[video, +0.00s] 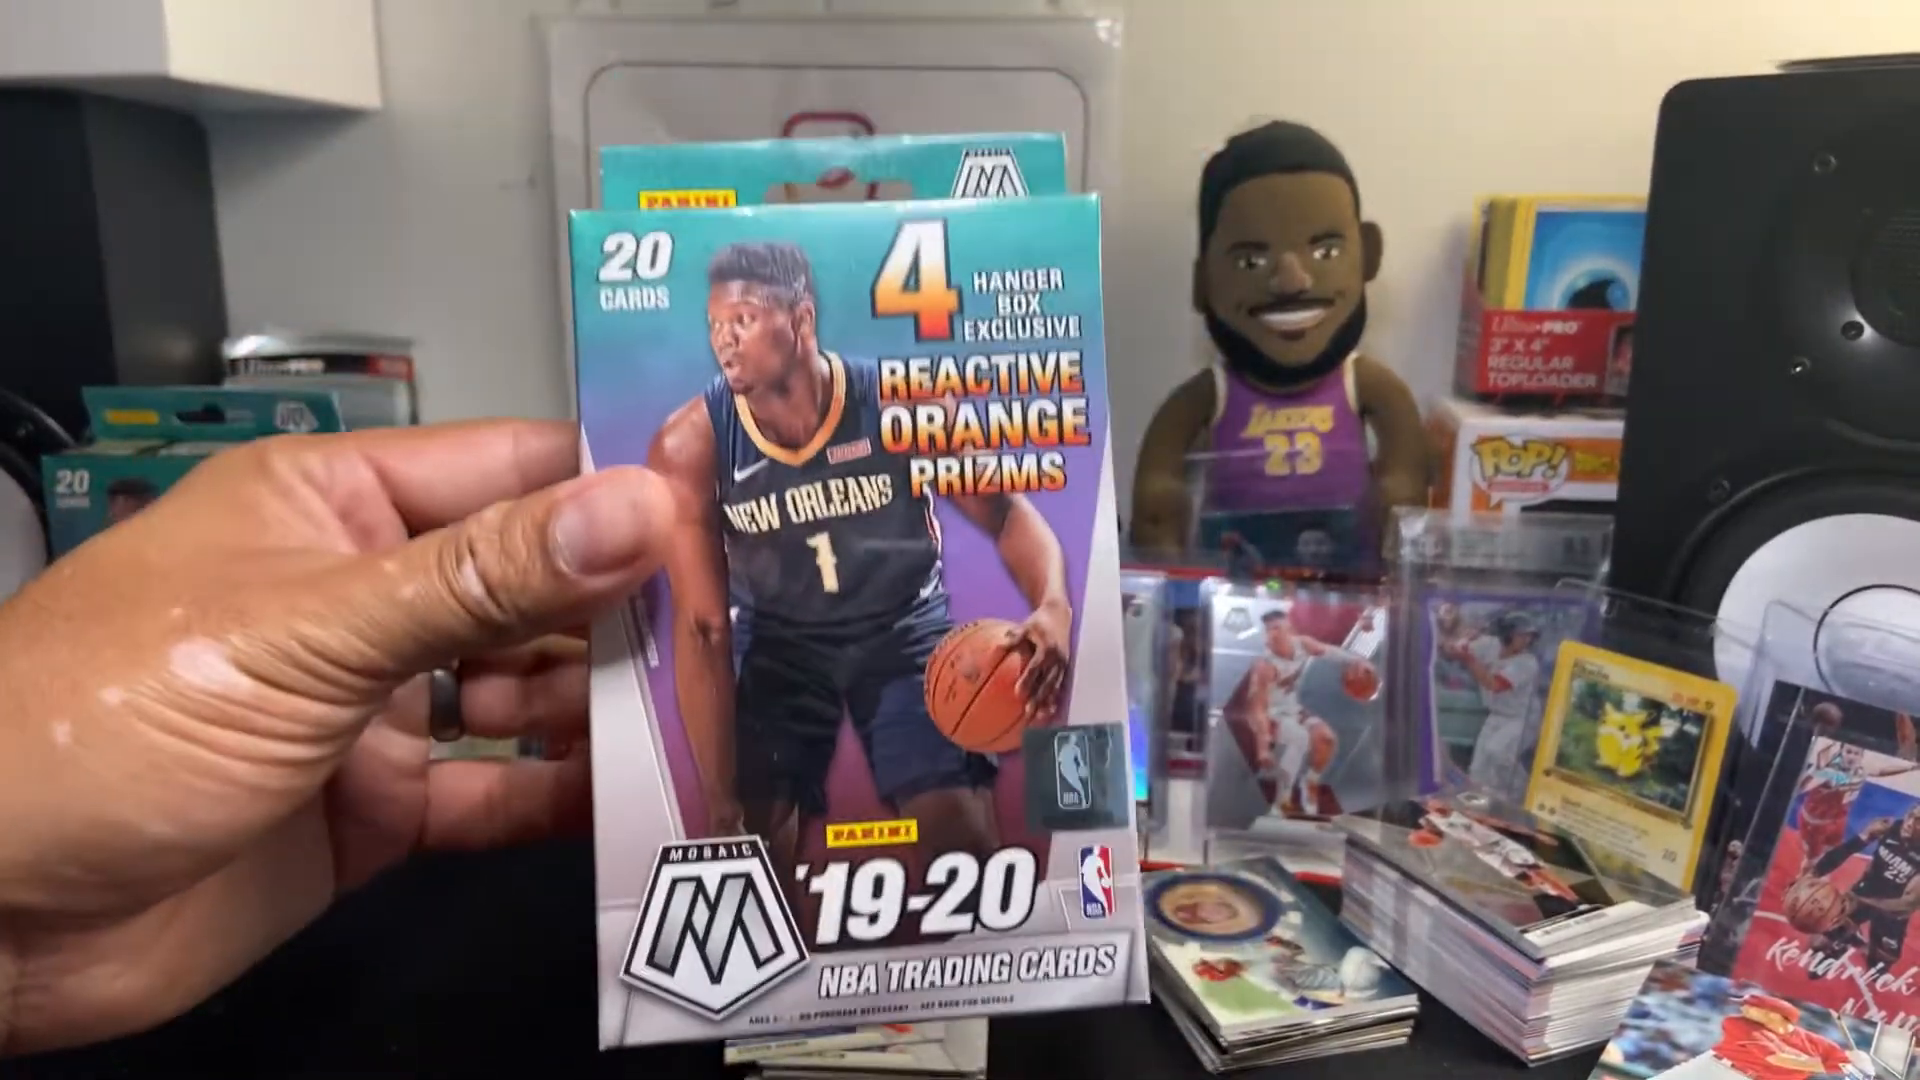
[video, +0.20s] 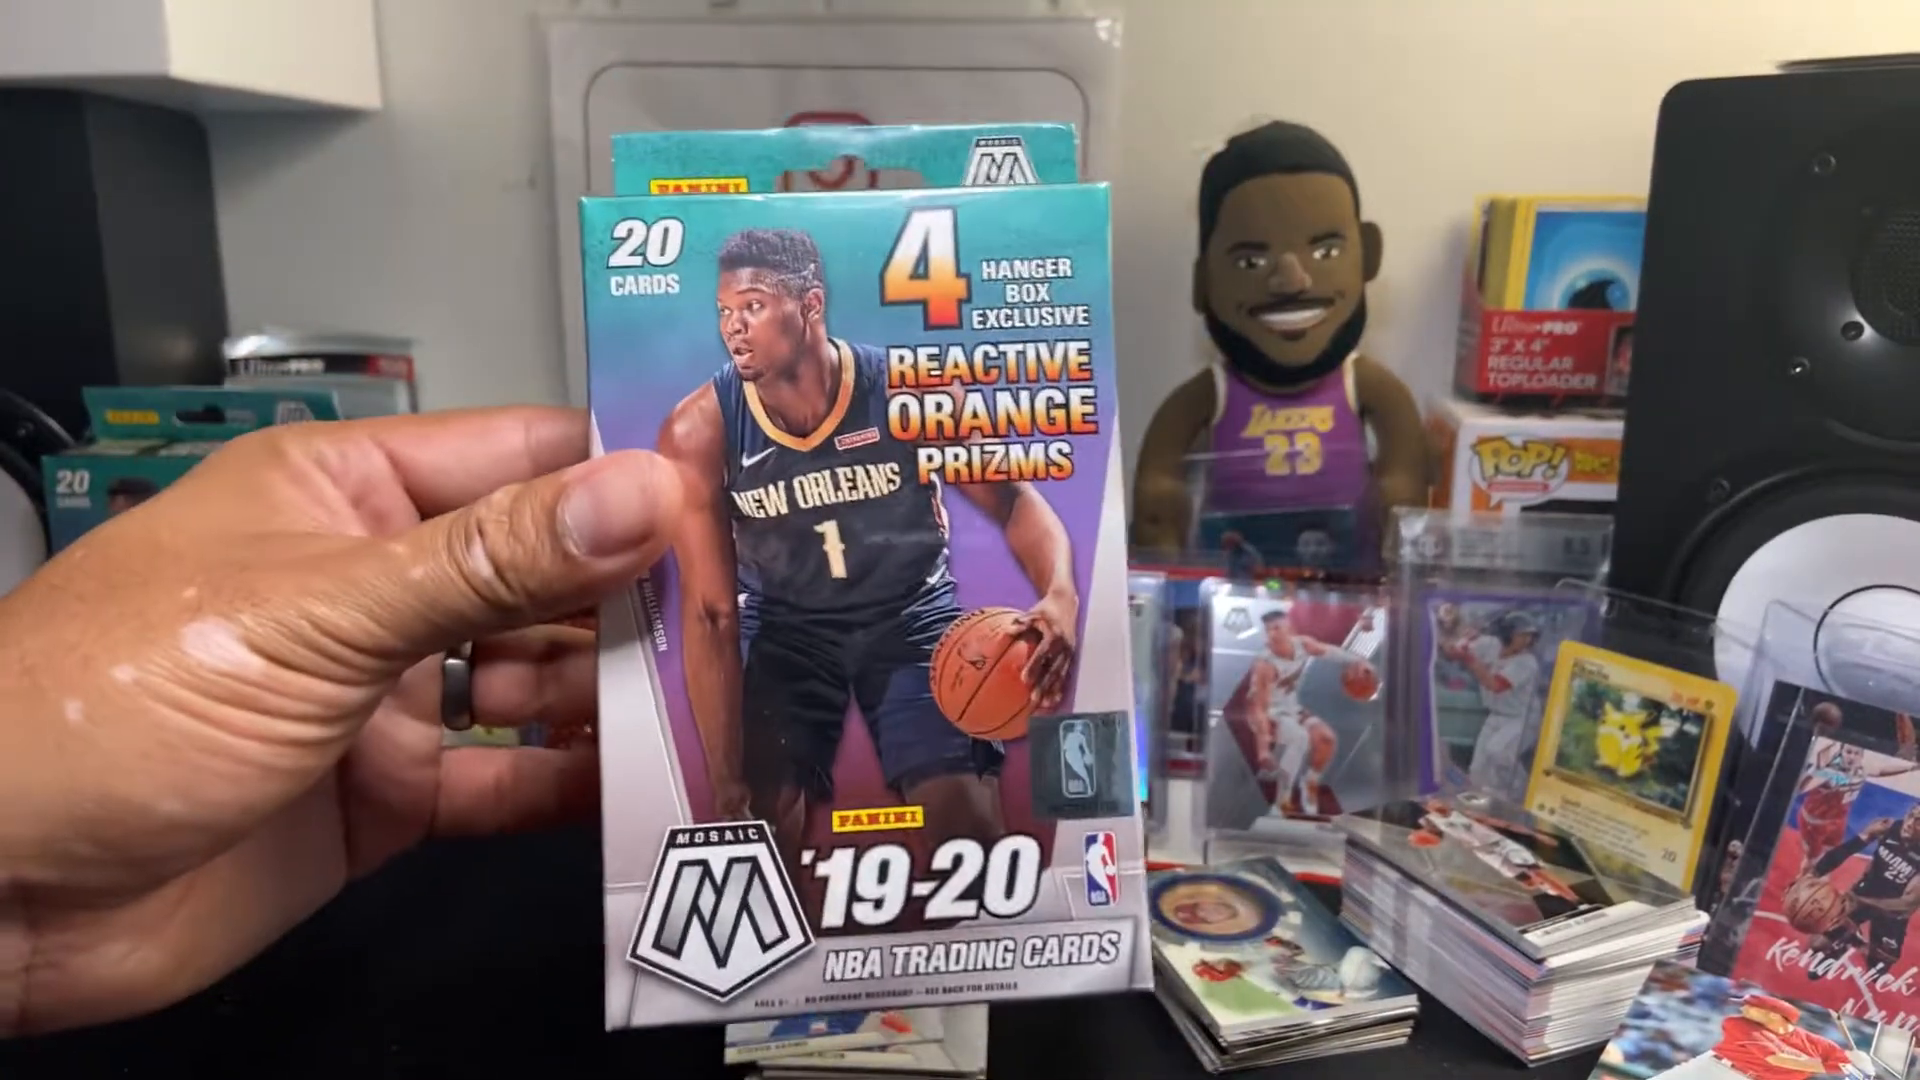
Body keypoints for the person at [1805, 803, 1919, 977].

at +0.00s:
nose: (1910, 823)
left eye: (1917, 821)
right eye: (1910, 816)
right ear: (1905, 815)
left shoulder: (1917, 857)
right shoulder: (1887, 828)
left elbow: (1908, 904)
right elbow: (1846, 849)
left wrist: (1859, 902)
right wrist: (1814, 872)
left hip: (1894, 907)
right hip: (1865, 893)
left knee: (1878, 966)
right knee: (1819, 944)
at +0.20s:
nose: (1910, 823)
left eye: (1918, 822)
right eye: (1911, 816)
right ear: (1906, 814)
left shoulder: (1918, 859)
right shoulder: (1887, 828)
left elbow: (1907, 904)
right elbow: (1845, 850)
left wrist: (1860, 903)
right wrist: (1813, 873)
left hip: (1894, 911)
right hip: (1863, 896)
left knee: (1877, 970)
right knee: (1817, 945)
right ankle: (1842, 945)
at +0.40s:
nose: (1911, 824)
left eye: (1918, 822)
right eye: (1911, 816)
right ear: (1906, 814)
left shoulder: (1917, 859)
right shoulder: (1887, 828)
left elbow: (1907, 904)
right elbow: (1846, 850)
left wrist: (1860, 903)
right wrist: (1814, 873)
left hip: (1894, 911)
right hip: (1863, 896)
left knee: (1878, 971)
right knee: (1818, 946)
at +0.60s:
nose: (1911, 824)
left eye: (1918, 822)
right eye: (1912, 816)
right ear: (1907, 815)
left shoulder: (1917, 858)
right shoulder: (1888, 828)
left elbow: (1908, 905)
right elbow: (1846, 851)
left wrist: (1860, 903)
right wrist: (1814, 874)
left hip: (1895, 911)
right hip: (1864, 896)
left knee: (1879, 967)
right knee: (1818, 945)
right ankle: (1840, 947)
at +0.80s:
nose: (1912, 824)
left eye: (1918, 823)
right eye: (1912, 817)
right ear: (1908, 815)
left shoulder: (1917, 857)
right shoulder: (1888, 829)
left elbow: (1909, 905)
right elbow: (1847, 851)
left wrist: (1861, 904)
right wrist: (1815, 875)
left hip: (1896, 911)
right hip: (1865, 895)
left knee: (1880, 969)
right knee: (1819, 945)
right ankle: (1842, 947)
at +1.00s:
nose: (1913, 825)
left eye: (1919, 823)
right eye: (1914, 817)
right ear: (1909, 815)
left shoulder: (1918, 857)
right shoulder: (1889, 829)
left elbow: (1910, 905)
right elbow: (1849, 851)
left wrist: (1863, 904)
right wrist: (1816, 875)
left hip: (1897, 912)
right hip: (1866, 897)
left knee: (1881, 970)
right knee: (1821, 946)